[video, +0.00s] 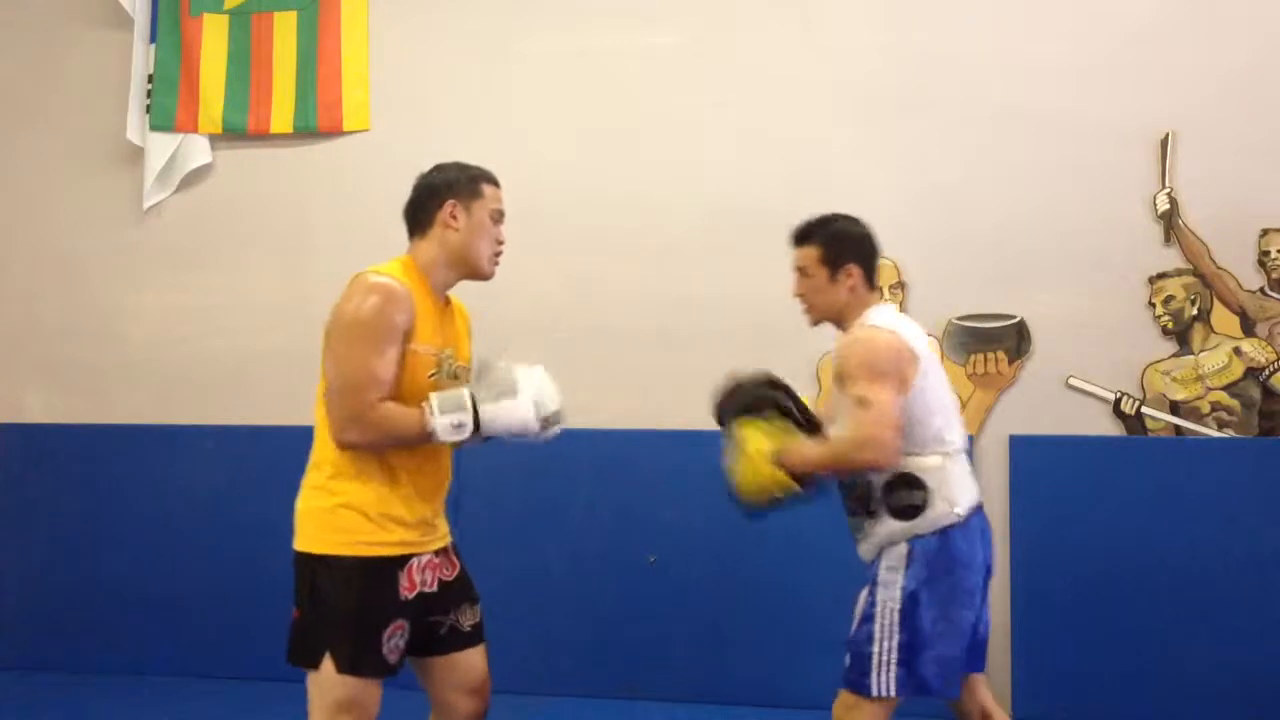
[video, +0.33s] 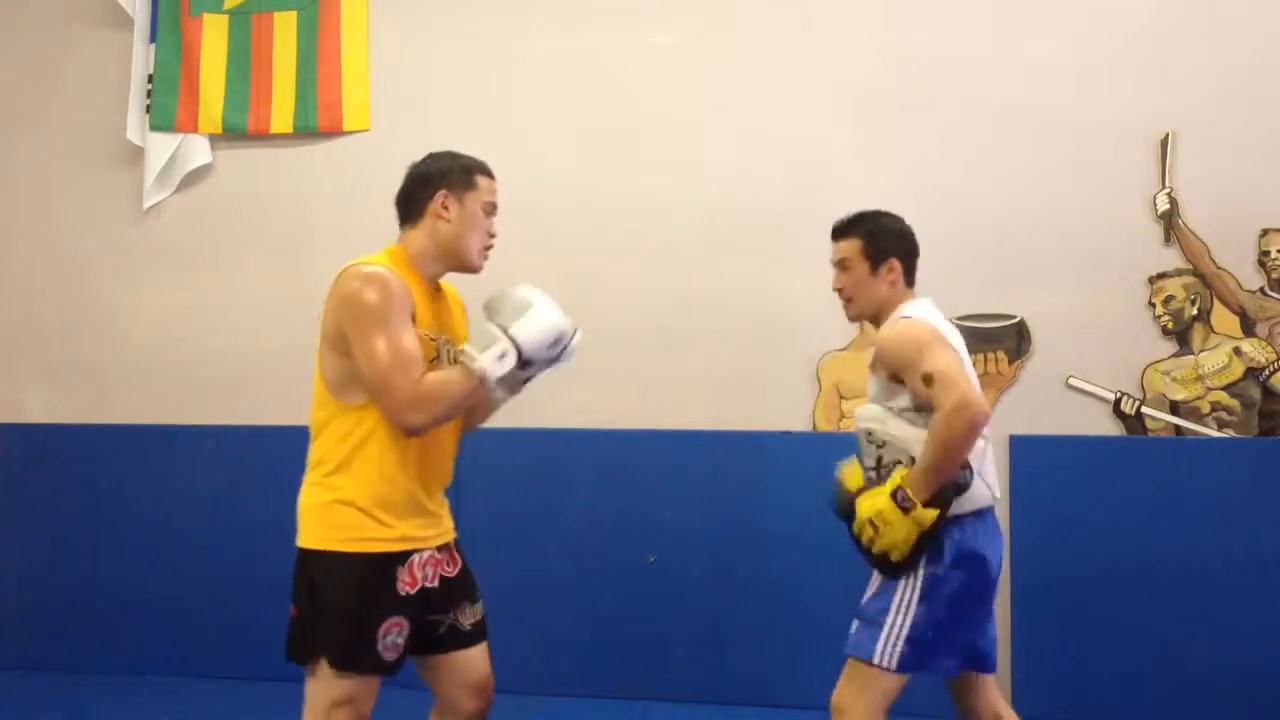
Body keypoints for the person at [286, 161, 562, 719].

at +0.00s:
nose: (504, 237)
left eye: (504, 221)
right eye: (494, 218)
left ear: (456, 219)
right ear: (451, 217)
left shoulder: (454, 316)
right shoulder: (377, 297)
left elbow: (431, 415)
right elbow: (354, 423)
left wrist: (501, 405)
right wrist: (470, 416)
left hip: (425, 537)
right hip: (352, 542)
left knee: (466, 696)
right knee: (346, 708)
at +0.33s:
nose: (494, 231)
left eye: (495, 215)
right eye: (487, 211)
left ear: (448, 211)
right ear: (442, 206)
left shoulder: (449, 306)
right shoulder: (370, 286)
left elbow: (455, 418)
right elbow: (409, 408)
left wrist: (517, 370)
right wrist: (497, 361)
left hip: (426, 532)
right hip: (354, 537)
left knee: (468, 692)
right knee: (340, 705)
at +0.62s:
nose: (526, 241)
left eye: (529, 225)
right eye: (521, 221)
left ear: (479, 214)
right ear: (476, 211)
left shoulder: (479, 308)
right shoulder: (389, 284)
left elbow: (473, 429)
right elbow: (422, 408)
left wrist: (541, 376)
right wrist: (517, 350)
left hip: (443, 530)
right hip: (368, 534)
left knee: (464, 698)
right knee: (368, 708)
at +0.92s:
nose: (514, 257)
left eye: (518, 242)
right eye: (511, 238)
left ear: (471, 227)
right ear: (470, 224)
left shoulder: (451, 303)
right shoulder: (378, 288)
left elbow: (460, 419)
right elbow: (440, 402)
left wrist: (528, 362)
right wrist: (525, 326)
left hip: (423, 532)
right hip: (352, 541)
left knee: (479, 692)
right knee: (365, 709)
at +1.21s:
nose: (505, 265)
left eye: (512, 252)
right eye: (506, 248)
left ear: (467, 226)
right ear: (468, 224)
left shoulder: (450, 301)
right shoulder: (360, 280)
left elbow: (456, 410)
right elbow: (410, 400)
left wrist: (527, 353)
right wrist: (492, 315)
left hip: (429, 529)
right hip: (354, 541)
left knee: (500, 683)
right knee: (361, 708)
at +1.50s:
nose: (523, 258)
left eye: (528, 244)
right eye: (520, 239)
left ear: (480, 225)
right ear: (477, 220)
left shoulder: (477, 304)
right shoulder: (369, 280)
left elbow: (505, 405)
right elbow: (417, 398)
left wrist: (567, 351)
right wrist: (507, 318)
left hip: (444, 532)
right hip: (359, 534)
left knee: (481, 699)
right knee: (350, 708)